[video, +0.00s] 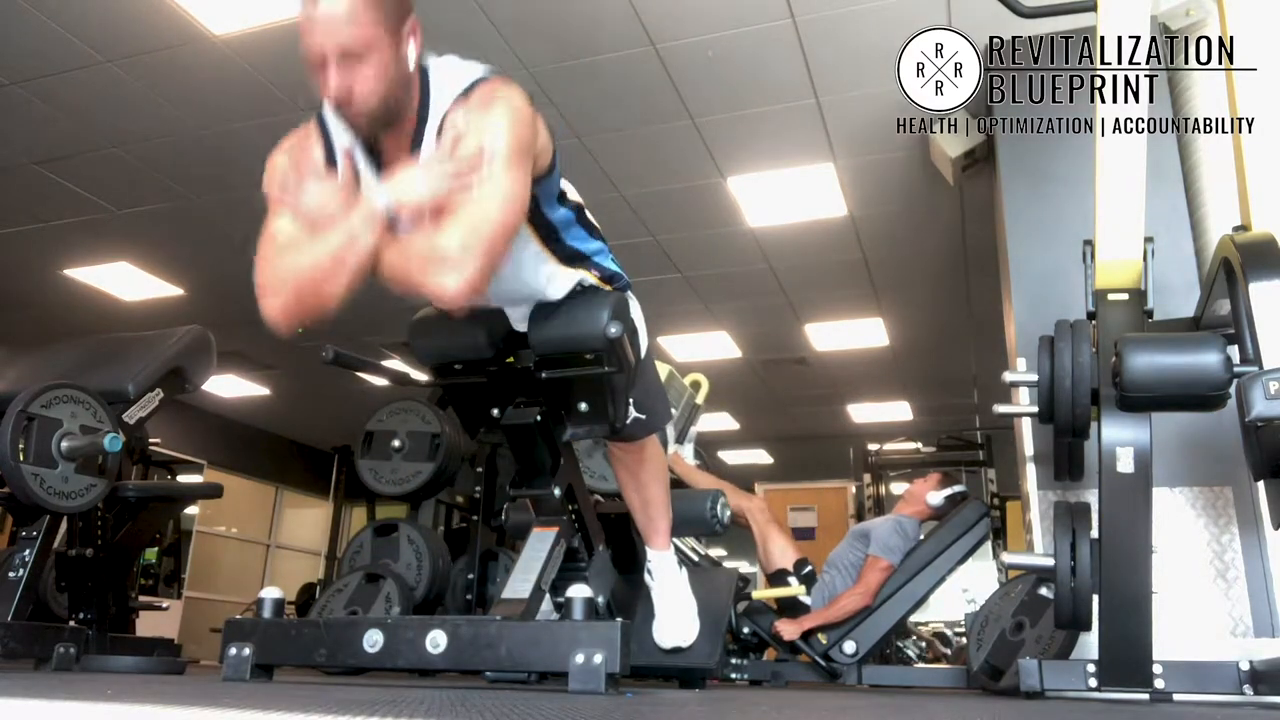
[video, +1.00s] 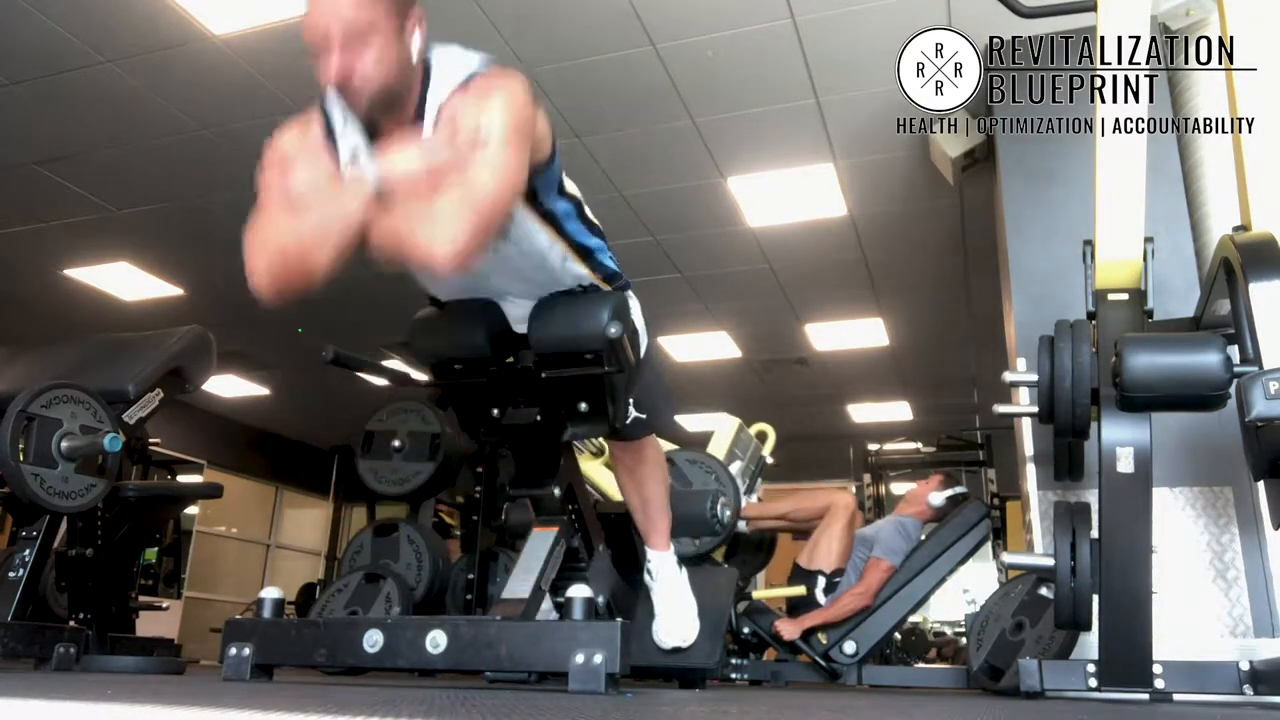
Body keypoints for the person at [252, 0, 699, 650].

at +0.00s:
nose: (334, 87)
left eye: (353, 60)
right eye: (319, 65)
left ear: (409, 42)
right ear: (306, 62)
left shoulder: (492, 110)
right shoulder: (300, 157)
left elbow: (455, 276)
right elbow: (281, 306)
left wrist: (343, 225)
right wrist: (388, 204)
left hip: (573, 293)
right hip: (472, 315)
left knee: (627, 413)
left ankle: (661, 564)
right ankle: (548, 533)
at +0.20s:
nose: (331, 247)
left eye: (346, 220)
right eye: (312, 224)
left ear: (394, 173)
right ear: (291, 196)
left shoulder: (491, 205)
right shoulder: (300, 247)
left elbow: (480, 404)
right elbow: (309, 423)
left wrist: (359, 341)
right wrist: (399, 338)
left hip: (576, 303)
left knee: (629, 417)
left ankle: (662, 562)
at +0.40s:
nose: (349, 361)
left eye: (362, 340)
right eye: (328, 343)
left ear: (407, 283)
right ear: (304, 312)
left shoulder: (504, 283)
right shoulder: (313, 316)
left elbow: (511, 479)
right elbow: (347, 491)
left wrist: (381, 416)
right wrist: (428, 438)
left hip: (578, 294)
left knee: (632, 428)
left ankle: (662, 563)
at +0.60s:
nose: (360, 400)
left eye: (376, 379)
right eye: (341, 383)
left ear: (414, 321)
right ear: (310, 354)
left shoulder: (505, 320)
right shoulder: (319, 356)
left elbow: (523, 501)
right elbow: (361, 508)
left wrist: (399, 444)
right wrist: (438, 472)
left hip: (569, 262)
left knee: (632, 421)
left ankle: (662, 562)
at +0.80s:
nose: (333, 284)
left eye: (347, 262)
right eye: (314, 266)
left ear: (395, 218)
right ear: (293, 242)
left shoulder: (497, 240)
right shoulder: (307, 273)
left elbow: (493, 435)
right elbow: (325, 450)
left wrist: (368, 377)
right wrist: (415, 384)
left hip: (574, 303)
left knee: (631, 422)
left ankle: (663, 562)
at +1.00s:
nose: (336, 69)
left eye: (358, 42)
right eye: (321, 49)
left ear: (413, 29)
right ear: (309, 52)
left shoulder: (492, 96)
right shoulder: (304, 143)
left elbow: (445, 242)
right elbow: (269, 276)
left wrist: (343, 199)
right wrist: (386, 181)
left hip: (576, 294)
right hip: (474, 312)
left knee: (631, 428)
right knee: (509, 440)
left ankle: (662, 566)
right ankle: (547, 535)